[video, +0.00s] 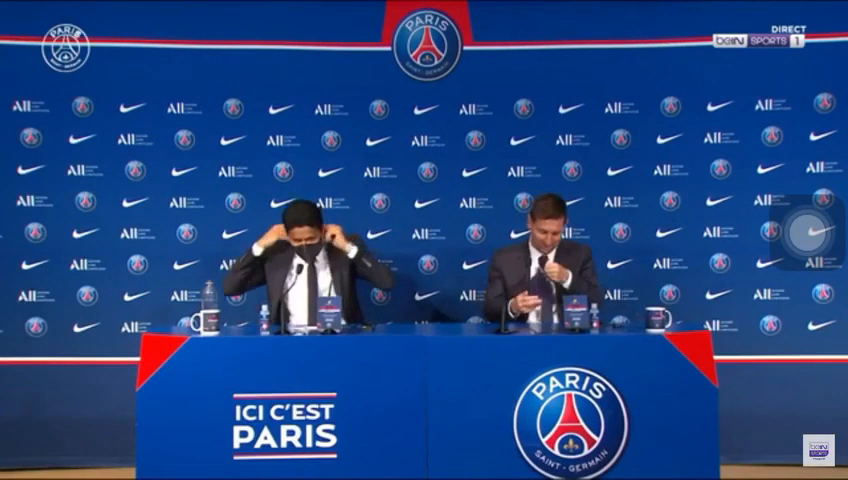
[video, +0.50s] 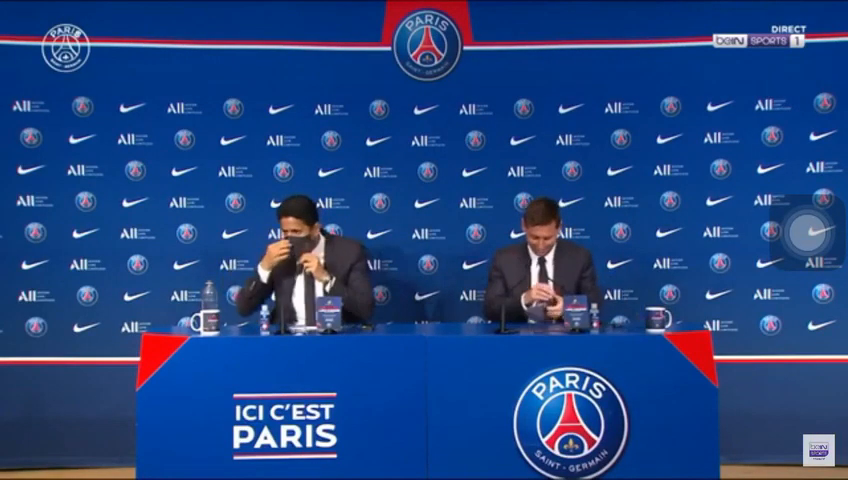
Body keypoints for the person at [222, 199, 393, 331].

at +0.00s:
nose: (304, 246)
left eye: (310, 239)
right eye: (297, 241)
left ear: (322, 230)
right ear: (287, 234)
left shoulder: (345, 251)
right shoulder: (276, 255)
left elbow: (387, 282)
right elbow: (231, 288)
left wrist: (348, 247)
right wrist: (260, 246)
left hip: (340, 346)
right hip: (290, 348)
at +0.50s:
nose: (290, 239)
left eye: (296, 233)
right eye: (285, 233)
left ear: (316, 229)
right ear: (281, 230)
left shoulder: (350, 252)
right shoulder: (280, 254)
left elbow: (365, 309)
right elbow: (244, 308)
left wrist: (326, 279)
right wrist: (265, 267)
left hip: (335, 344)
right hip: (288, 345)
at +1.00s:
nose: (292, 237)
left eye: (298, 230)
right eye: (287, 231)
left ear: (317, 226)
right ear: (282, 228)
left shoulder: (349, 251)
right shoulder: (276, 253)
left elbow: (365, 308)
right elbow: (247, 307)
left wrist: (327, 277)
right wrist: (271, 265)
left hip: (335, 343)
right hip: (288, 343)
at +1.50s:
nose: (300, 236)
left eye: (307, 230)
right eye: (294, 230)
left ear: (322, 226)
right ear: (288, 229)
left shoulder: (352, 252)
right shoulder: (275, 255)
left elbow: (374, 308)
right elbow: (249, 310)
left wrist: (342, 297)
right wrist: (280, 277)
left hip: (338, 344)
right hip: (289, 344)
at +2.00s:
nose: (310, 238)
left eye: (317, 231)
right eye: (302, 232)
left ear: (327, 227)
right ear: (293, 230)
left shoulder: (354, 254)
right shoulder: (275, 259)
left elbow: (368, 312)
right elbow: (263, 315)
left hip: (342, 346)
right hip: (291, 346)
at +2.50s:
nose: (317, 242)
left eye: (323, 235)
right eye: (310, 236)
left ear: (333, 233)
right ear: (298, 233)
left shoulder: (355, 257)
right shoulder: (276, 261)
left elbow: (369, 317)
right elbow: (261, 318)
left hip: (341, 346)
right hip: (291, 347)